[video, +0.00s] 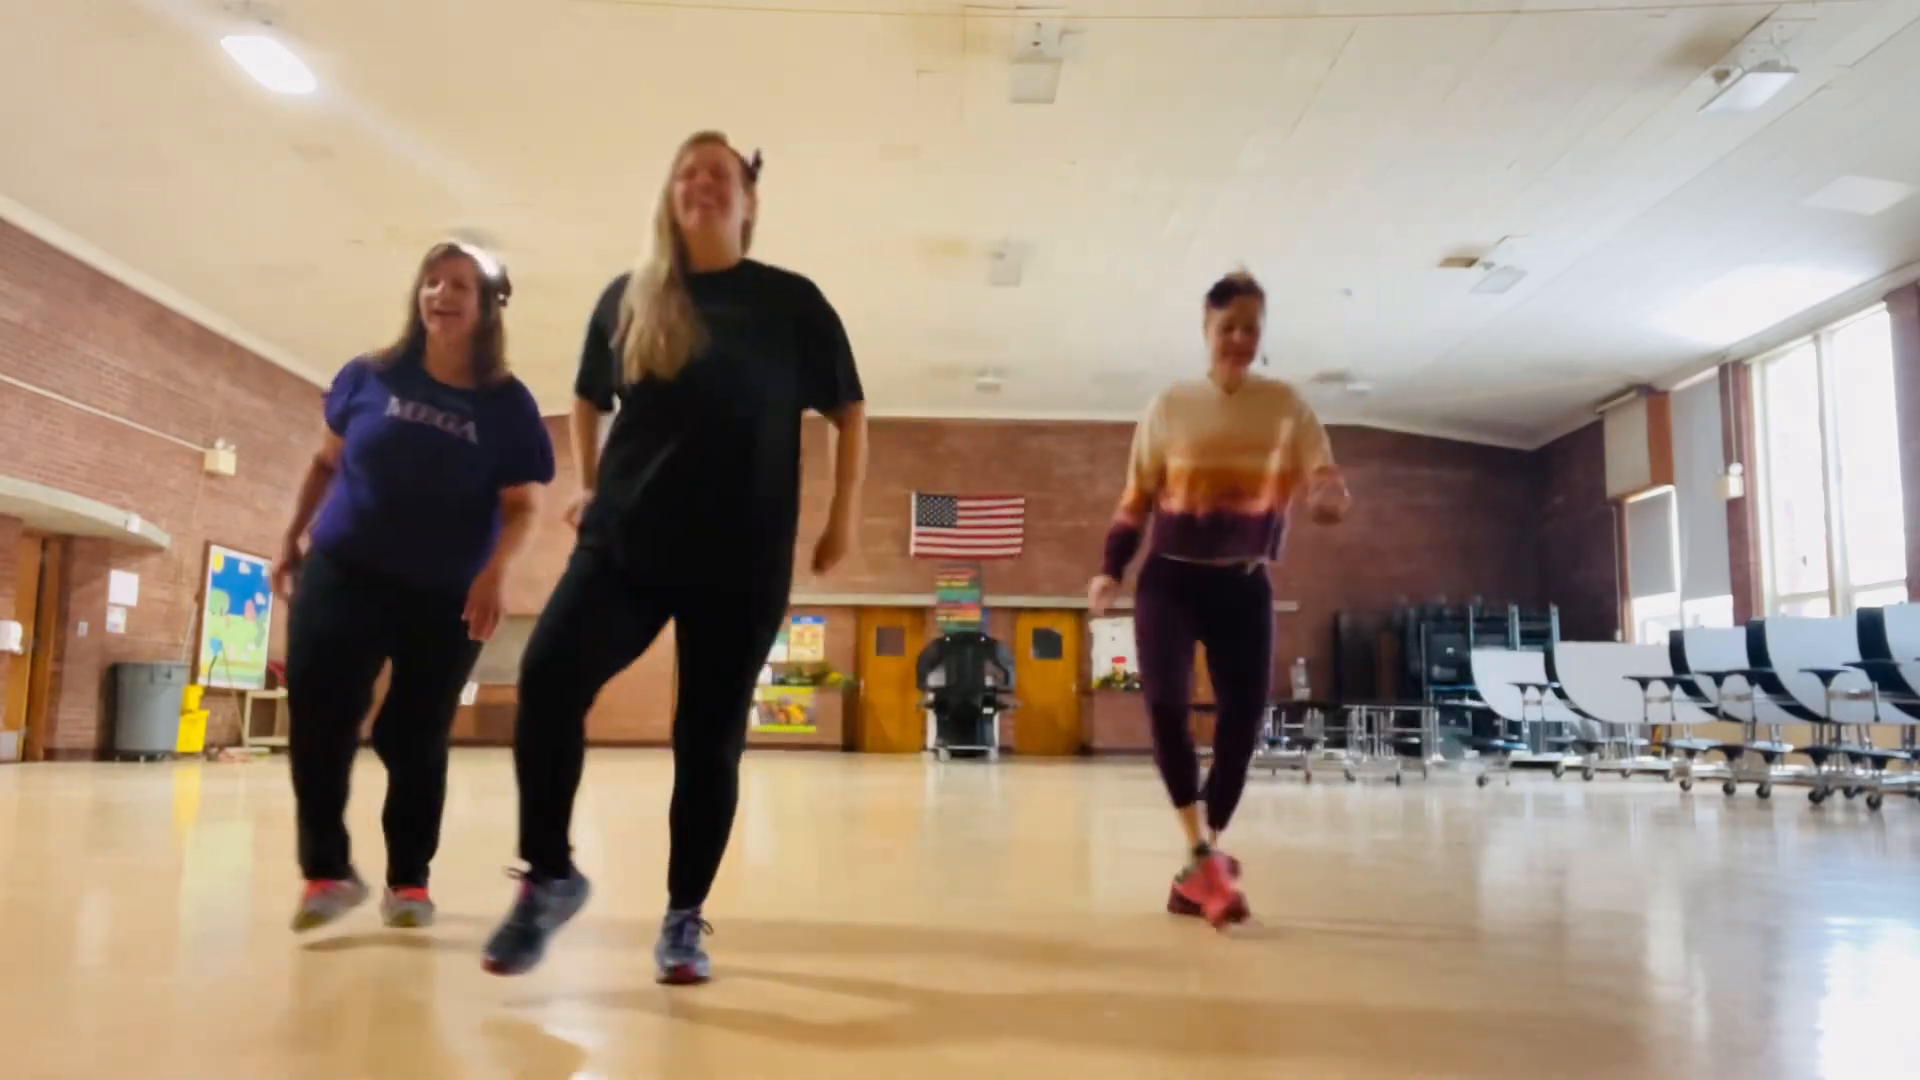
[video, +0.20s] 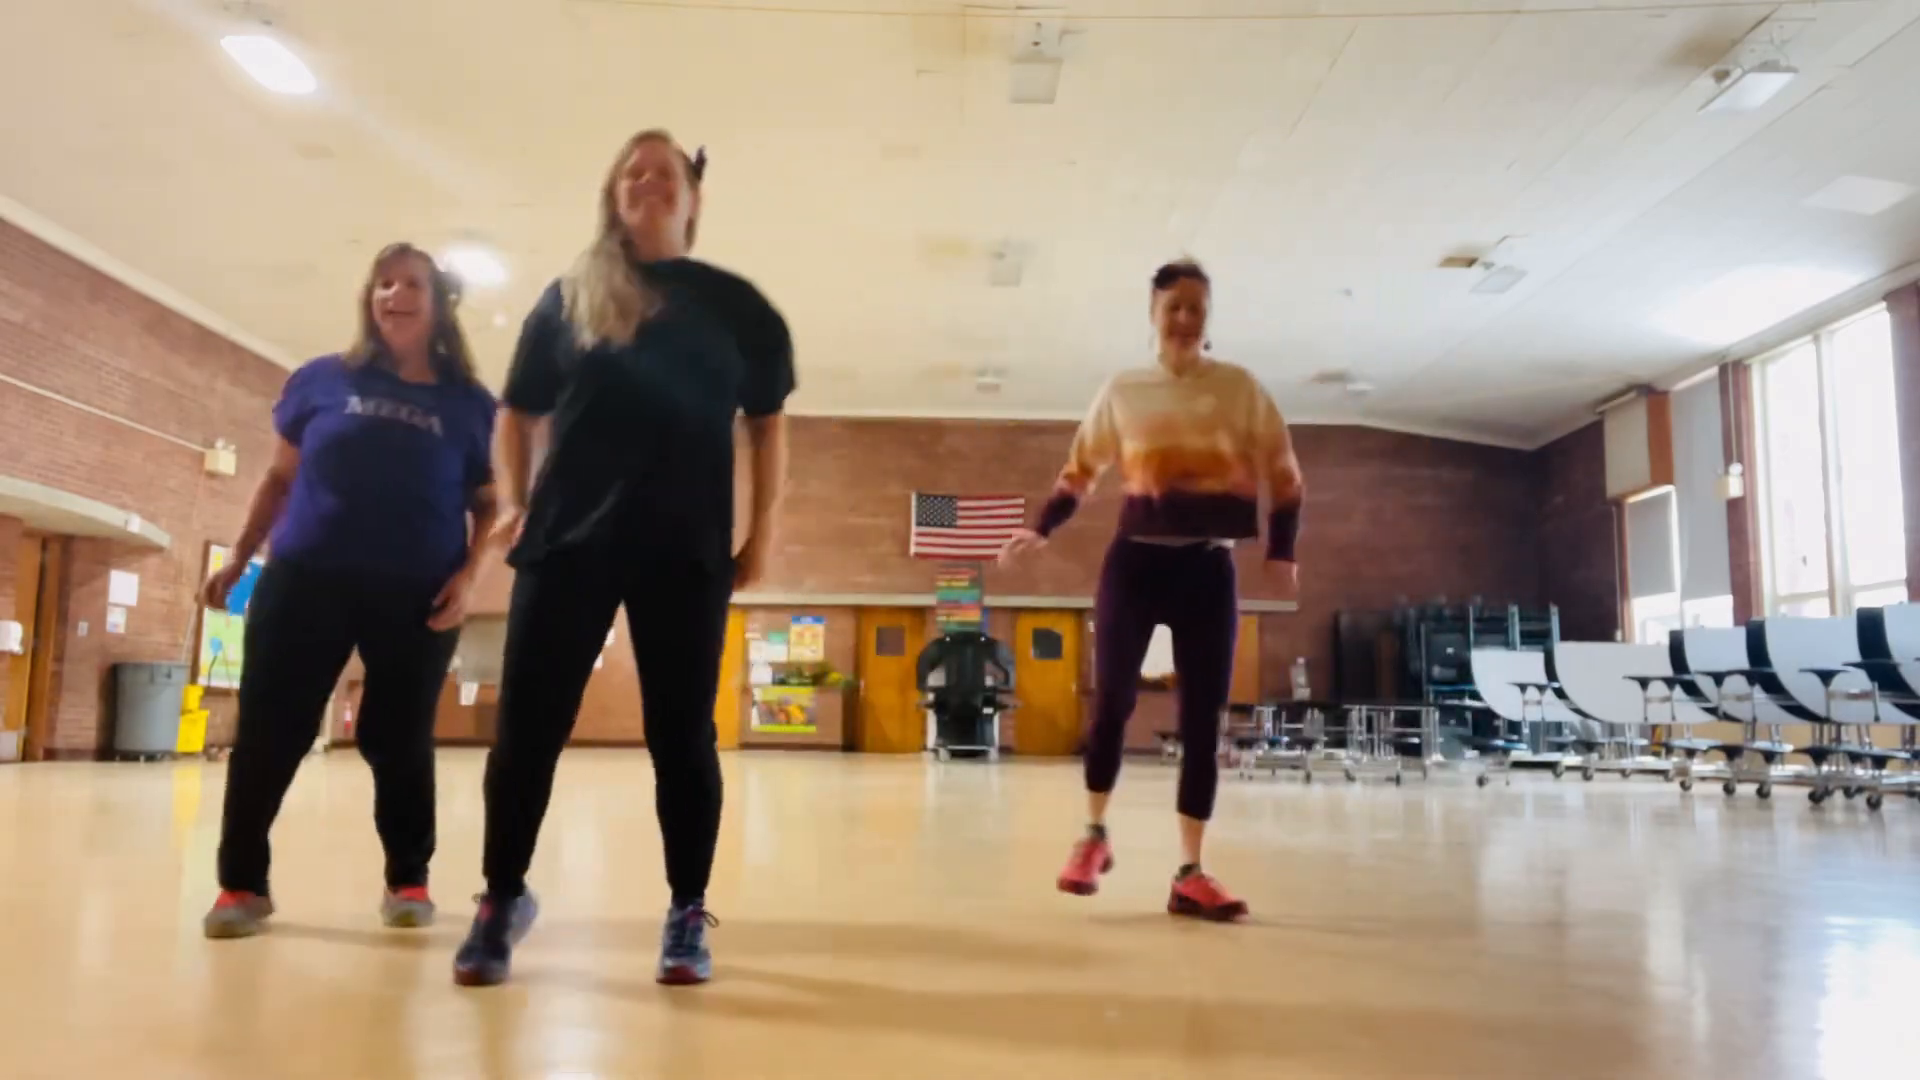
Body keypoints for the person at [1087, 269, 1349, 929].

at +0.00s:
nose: (1241, 339)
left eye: (1251, 328)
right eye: (1229, 326)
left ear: (1264, 333)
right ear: (1206, 327)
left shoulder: (1287, 407)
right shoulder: (1169, 407)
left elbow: (1328, 503)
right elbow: (1136, 502)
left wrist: (1329, 500)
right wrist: (1110, 570)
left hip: (1243, 583)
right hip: (1168, 579)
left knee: (1241, 723)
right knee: (1166, 710)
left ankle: (1198, 866)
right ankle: (1204, 855)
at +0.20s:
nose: (1186, 318)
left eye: (1196, 308)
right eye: (1175, 306)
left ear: (1209, 315)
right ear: (1154, 313)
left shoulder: (1242, 389)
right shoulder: (1123, 392)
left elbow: (1284, 476)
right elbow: (1079, 472)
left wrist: (1281, 552)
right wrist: (1041, 527)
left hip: (1208, 568)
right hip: (1135, 565)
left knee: (1202, 723)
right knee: (1111, 703)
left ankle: (1190, 870)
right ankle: (1094, 836)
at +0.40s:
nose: (1146, 333)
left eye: (1155, 324)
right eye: (1135, 322)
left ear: (1167, 337)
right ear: (1113, 332)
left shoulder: (1187, 417)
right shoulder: (1075, 413)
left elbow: (1225, 495)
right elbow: (1032, 487)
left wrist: (1259, 518)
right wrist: (1038, 533)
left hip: (1163, 590)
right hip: (1089, 589)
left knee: (1222, 718)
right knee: (1083, 735)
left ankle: (1200, 859)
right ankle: (1072, 868)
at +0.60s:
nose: (1137, 288)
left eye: (1147, 280)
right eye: (1127, 278)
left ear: (1158, 293)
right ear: (1105, 288)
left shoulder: (1180, 365)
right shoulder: (1077, 359)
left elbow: (1215, 445)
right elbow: (1052, 442)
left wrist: (1212, 365)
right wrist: (1090, 380)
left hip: (1160, 534)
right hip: (1090, 536)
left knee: (1210, 673)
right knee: (1090, 695)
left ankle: (1152, 701)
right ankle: (1082, 849)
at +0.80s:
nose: (1144, 323)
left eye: (1154, 315)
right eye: (1133, 313)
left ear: (1166, 331)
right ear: (1112, 328)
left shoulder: (1185, 401)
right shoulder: (1080, 399)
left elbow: (1209, 480)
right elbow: (1057, 474)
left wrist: (1161, 420)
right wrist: (1136, 425)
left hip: (1167, 577)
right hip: (1096, 578)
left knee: (1214, 724)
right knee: (1097, 729)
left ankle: (1169, 697)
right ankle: (1102, 867)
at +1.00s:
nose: (1190, 289)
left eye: (1200, 281)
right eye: (1180, 279)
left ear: (1209, 296)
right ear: (1156, 290)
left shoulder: (1224, 367)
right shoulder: (1120, 356)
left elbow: (1247, 451)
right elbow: (1077, 433)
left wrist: (1264, 430)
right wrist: (1130, 433)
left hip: (1196, 541)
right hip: (1125, 541)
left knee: (1248, 685)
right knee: (1115, 701)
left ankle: (1273, 830)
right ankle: (1096, 850)